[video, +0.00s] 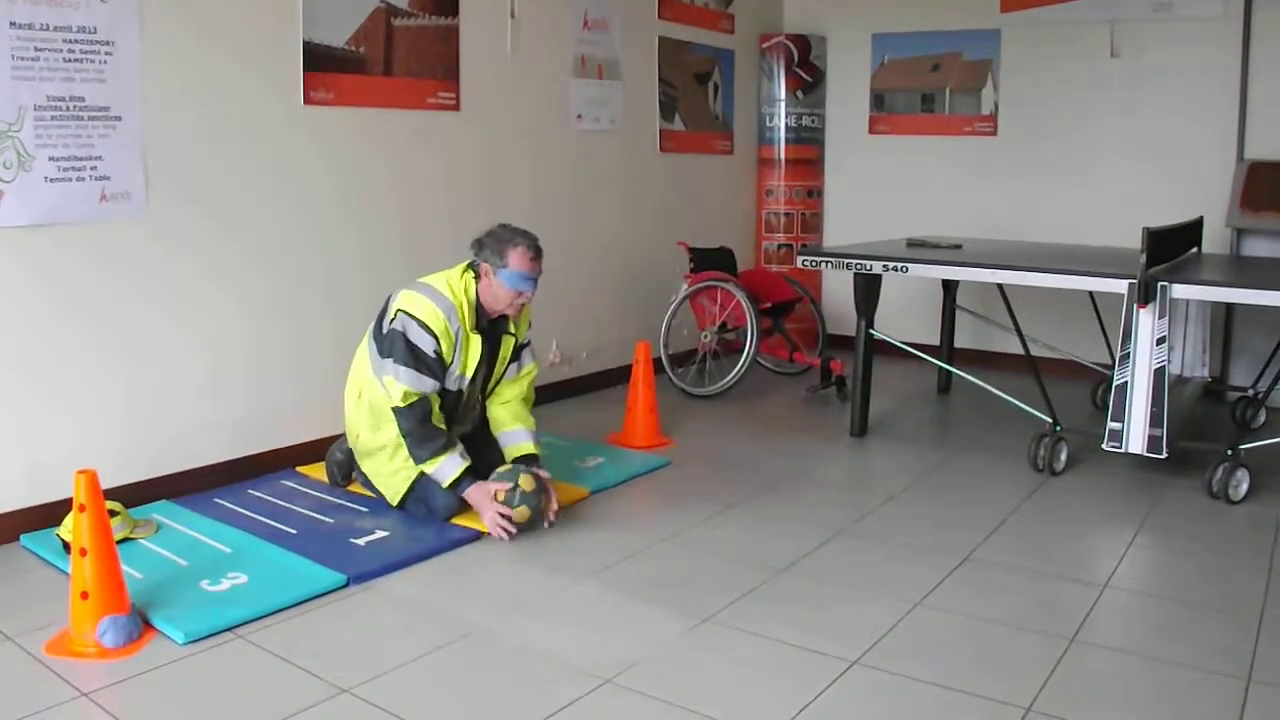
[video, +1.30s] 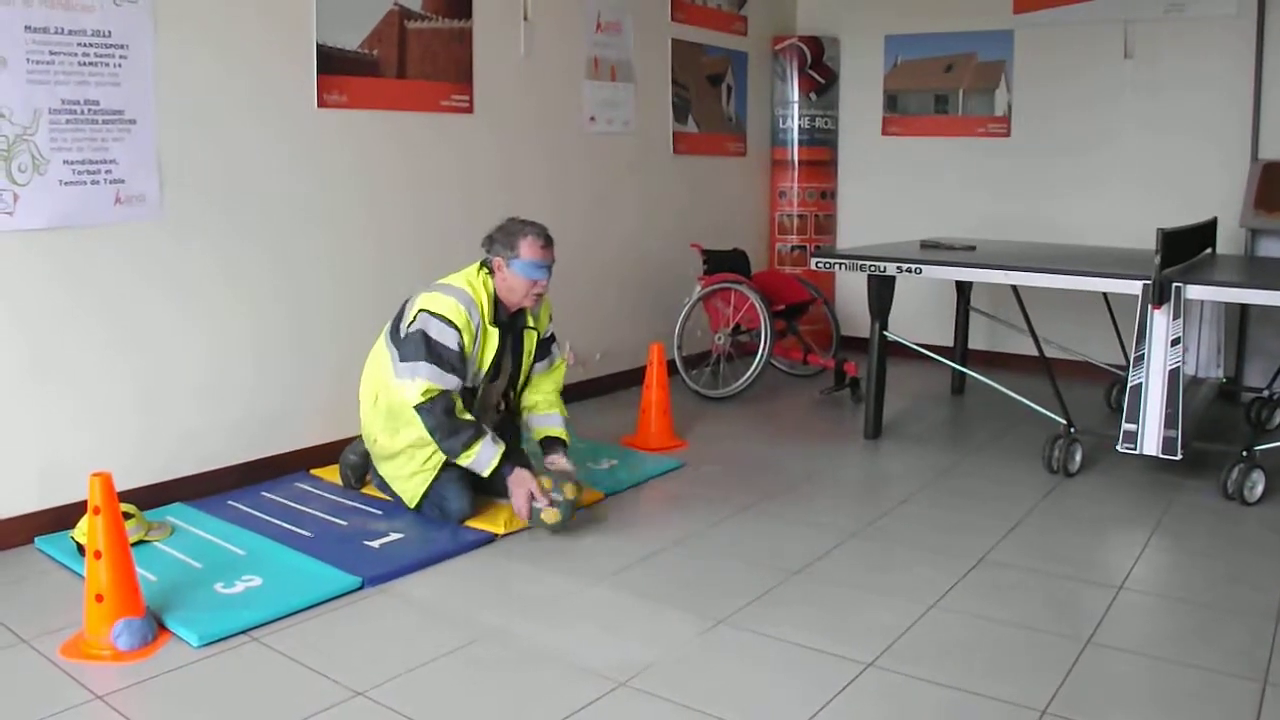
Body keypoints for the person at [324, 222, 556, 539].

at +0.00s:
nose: (527, 297)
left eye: (532, 287)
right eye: (519, 286)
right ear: (486, 274)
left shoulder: (514, 314)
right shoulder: (423, 313)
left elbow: (510, 395)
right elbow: (414, 416)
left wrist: (529, 467)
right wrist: (469, 487)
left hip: (454, 415)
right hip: (386, 427)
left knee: (505, 481)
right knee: (444, 505)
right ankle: (360, 458)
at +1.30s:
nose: (543, 285)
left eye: (548, 273)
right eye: (533, 273)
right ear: (499, 268)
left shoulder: (534, 308)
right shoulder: (446, 310)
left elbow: (541, 383)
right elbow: (434, 409)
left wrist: (554, 450)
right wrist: (508, 469)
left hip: (470, 412)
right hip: (401, 422)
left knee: (511, 484)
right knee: (455, 506)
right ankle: (375, 462)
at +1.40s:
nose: (544, 288)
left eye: (548, 276)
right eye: (534, 276)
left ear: (552, 271)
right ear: (499, 270)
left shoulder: (532, 309)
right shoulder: (453, 314)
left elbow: (557, 378)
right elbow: (477, 407)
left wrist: (606, 425)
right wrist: (568, 440)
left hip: (461, 410)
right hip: (405, 421)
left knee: (516, 483)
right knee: (455, 507)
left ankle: (425, 449)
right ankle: (377, 456)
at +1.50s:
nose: (550, 286)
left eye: (554, 274)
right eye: (541, 274)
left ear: (559, 272)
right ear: (505, 271)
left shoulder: (536, 305)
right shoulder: (462, 313)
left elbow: (570, 362)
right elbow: (504, 397)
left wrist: (622, 392)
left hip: (471, 405)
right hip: (410, 416)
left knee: (516, 485)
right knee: (456, 509)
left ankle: (432, 447)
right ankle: (377, 455)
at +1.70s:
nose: (562, 286)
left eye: (566, 275)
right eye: (553, 275)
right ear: (518, 269)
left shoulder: (547, 307)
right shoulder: (468, 314)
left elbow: (566, 378)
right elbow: (493, 413)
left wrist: (609, 415)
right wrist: (581, 439)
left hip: (467, 412)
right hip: (413, 421)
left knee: (519, 485)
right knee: (457, 511)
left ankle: (427, 449)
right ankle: (378, 455)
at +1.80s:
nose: (569, 290)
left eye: (573, 279)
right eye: (560, 279)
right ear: (524, 272)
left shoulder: (551, 316)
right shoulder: (471, 317)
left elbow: (556, 388)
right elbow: (465, 419)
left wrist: (584, 444)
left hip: (473, 414)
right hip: (411, 421)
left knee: (520, 490)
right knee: (459, 510)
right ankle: (379, 456)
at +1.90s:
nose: (576, 296)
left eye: (580, 284)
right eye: (566, 284)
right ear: (532, 277)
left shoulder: (555, 326)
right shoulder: (472, 319)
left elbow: (545, 396)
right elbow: (441, 416)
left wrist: (562, 456)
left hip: (479, 411)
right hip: (409, 420)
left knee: (524, 488)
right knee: (461, 513)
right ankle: (383, 459)